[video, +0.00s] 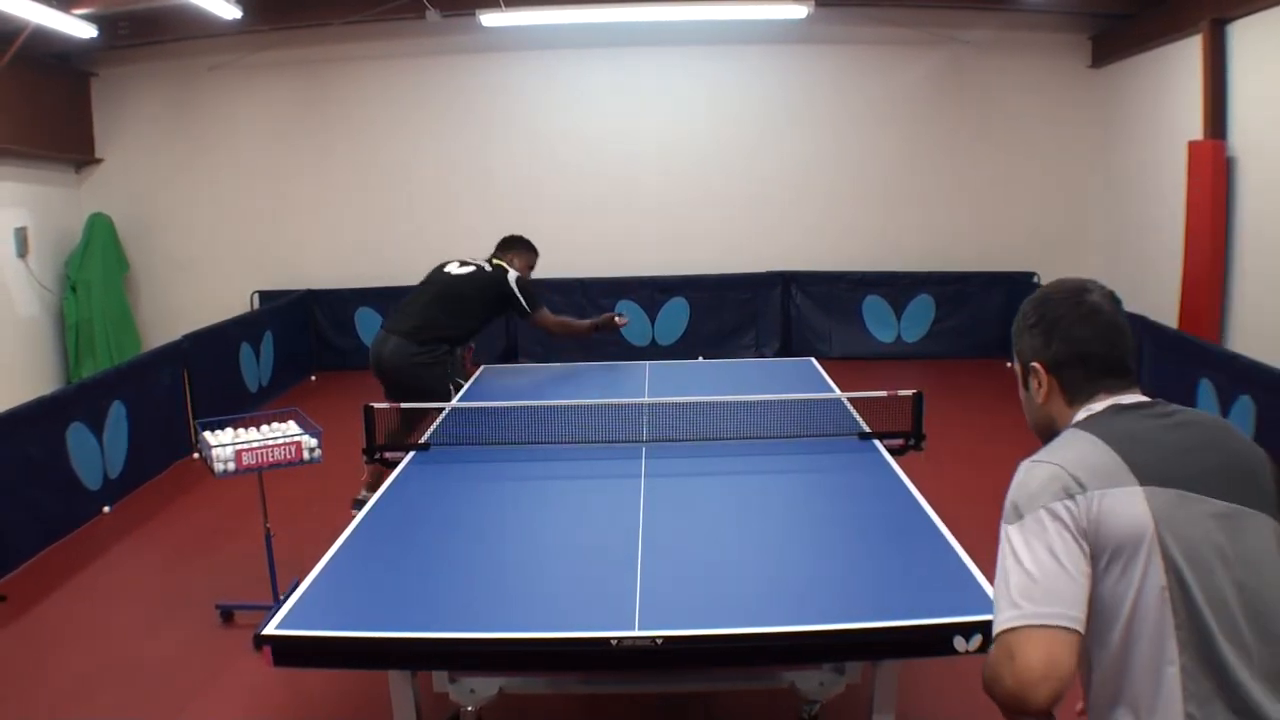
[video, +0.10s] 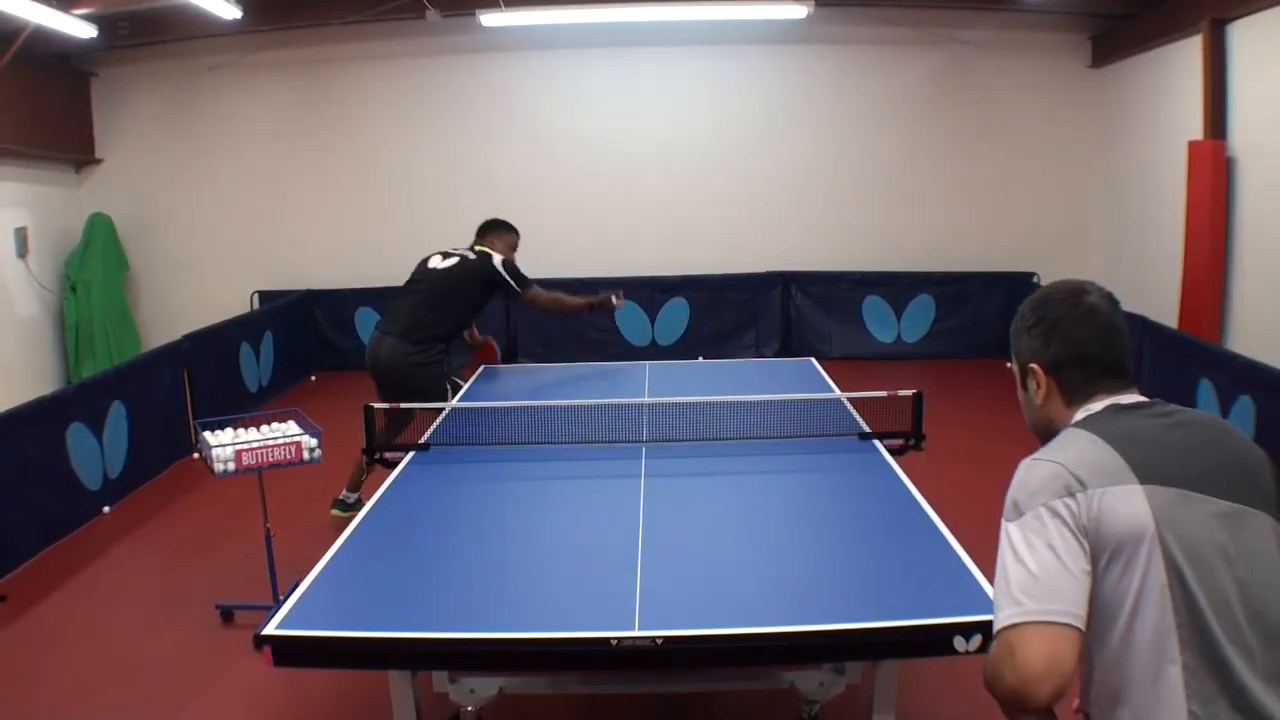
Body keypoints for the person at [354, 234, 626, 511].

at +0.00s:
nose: (528, 277)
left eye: (530, 271)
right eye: (527, 270)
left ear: (498, 256)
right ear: (514, 261)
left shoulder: (456, 265)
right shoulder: (509, 281)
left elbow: (429, 305)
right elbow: (550, 324)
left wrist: (455, 349)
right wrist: (596, 324)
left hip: (385, 349)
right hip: (418, 359)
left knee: (412, 415)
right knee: (454, 420)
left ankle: (372, 486)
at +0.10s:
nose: (514, 257)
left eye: (515, 250)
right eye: (513, 250)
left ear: (480, 242)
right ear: (497, 245)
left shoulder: (440, 257)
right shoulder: (494, 264)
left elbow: (431, 298)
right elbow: (542, 300)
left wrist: (468, 331)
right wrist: (593, 304)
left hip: (380, 350)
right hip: (418, 358)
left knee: (398, 414)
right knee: (464, 416)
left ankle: (349, 493)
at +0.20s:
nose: (493, 243)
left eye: (494, 237)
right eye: (491, 236)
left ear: (458, 230)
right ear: (475, 230)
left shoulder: (421, 254)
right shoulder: (474, 251)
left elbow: (410, 298)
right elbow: (535, 273)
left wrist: (454, 322)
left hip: (373, 354)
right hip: (408, 361)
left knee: (381, 423)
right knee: (471, 411)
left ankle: (338, 503)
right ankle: (459, 495)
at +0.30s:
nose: (474, 233)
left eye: (473, 228)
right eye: (470, 227)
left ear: (436, 227)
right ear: (455, 228)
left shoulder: (403, 252)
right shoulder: (453, 246)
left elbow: (391, 303)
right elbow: (514, 243)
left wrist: (435, 332)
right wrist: (557, 218)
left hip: (359, 351)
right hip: (392, 356)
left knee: (375, 425)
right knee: (456, 419)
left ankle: (336, 507)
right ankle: (446, 501)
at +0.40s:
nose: (456, 227)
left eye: (455, 222)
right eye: (450, 222)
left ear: (419, 224)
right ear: (428, 223)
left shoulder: (386, 250)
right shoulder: (434, 239)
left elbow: (357, 305)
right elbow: (496, 223)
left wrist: (403, 344)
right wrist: (541, 201)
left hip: (346, 346)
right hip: (377, 349)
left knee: (363, 427)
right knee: (437, 429)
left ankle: (334, 508)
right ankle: (449, 507)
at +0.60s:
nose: (440, 219)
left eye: (438, 214)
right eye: (435, 214)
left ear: (403, 219)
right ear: (417, 216)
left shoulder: (368, 242)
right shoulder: (424, 231)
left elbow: (331, 284)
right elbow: (472, 223)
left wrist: (360, 317)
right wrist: (516, 229)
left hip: (337, 340)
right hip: (373, 342)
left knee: (355, 424)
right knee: (423, 422)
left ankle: (334, 508)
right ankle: (439, 503)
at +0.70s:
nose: (439, 224)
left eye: (438, 219)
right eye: (436, 219)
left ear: (403, 222)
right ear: (423, 218)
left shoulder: (371, 243)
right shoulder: (428, 235)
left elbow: (332, 285)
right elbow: (472, 239)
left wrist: (361, 307)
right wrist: (499, 270)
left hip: (335, 339)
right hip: (370, 342)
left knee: (355, 423)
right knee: (432, 414)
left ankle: (334, 509)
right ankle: (438, 501)